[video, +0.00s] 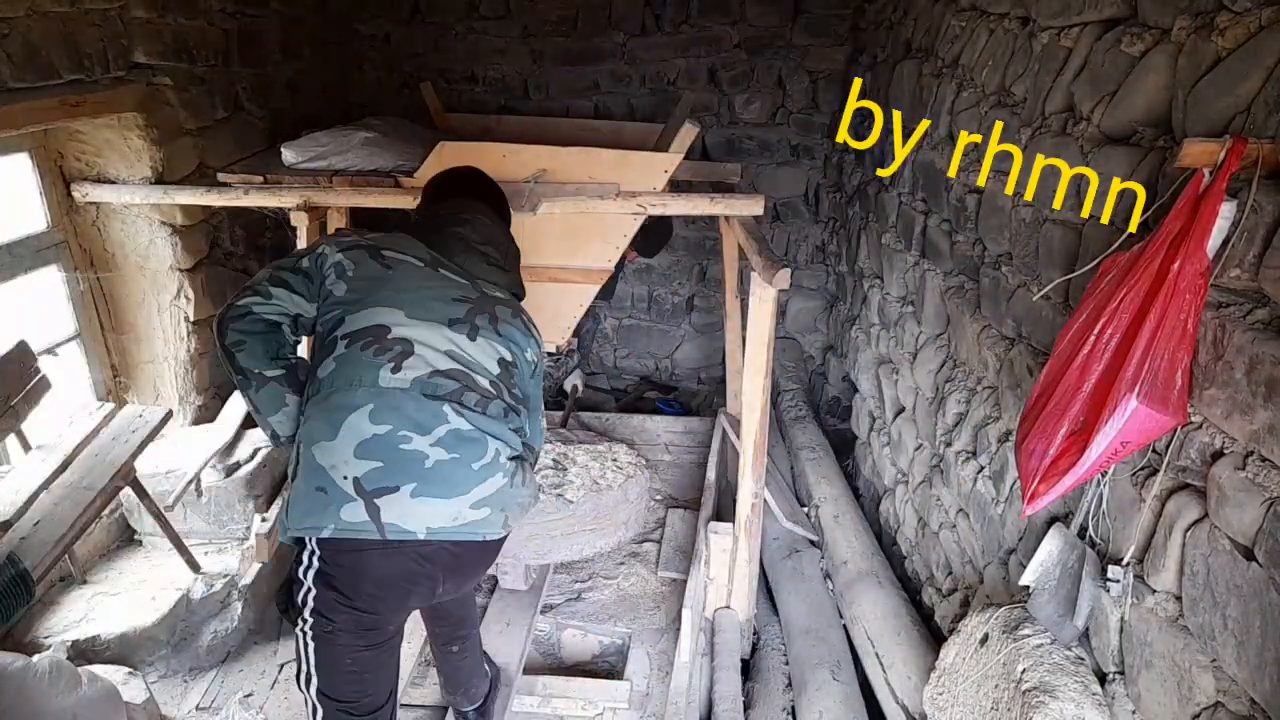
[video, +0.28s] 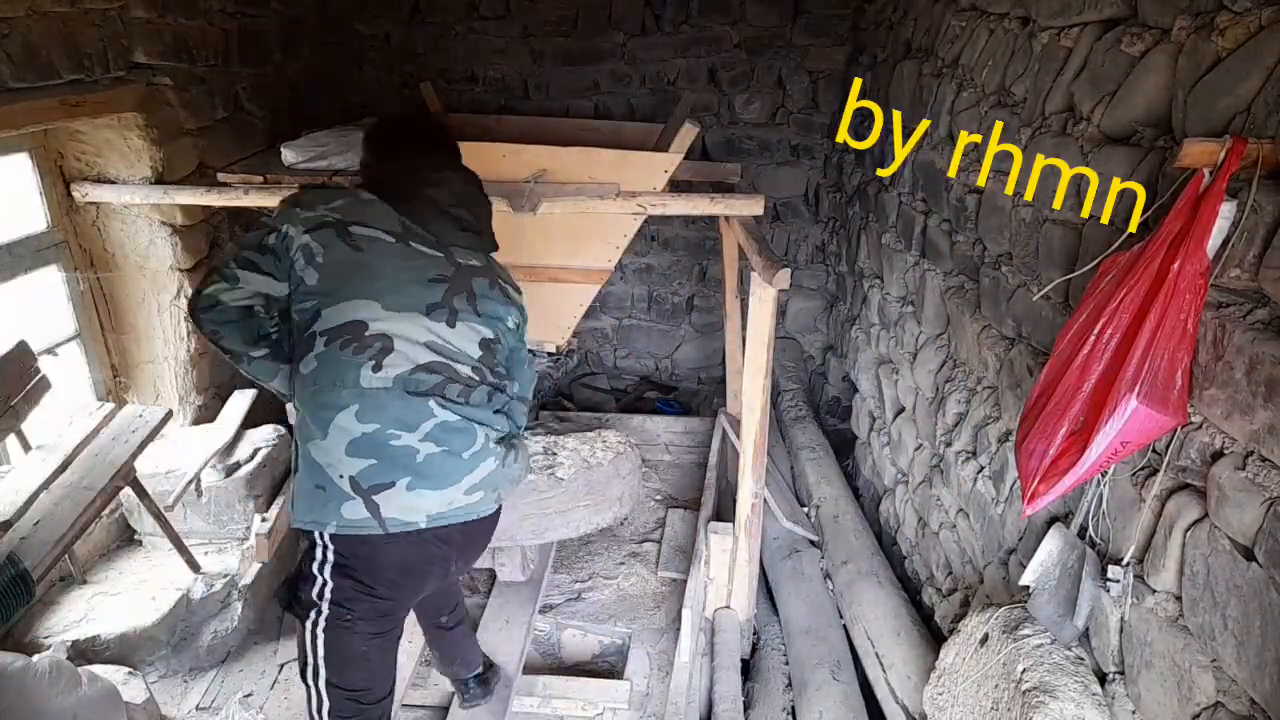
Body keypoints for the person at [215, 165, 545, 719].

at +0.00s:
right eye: (492, 225)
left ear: (421, 213)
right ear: (500, 236)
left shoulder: (350, 254)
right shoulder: (516, 319)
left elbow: (249, 321)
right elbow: (531, 442)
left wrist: (303, 430)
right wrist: (502, 504)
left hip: (353, 543)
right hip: (472, 539)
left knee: (354, 709)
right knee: (456, 622)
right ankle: (473, 701)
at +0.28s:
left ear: (371, 168)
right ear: (458, 182)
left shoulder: (316, 214)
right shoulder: (494, 276)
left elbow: (221, 305)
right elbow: (515, 407)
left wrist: (307, 383)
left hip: (363, 529)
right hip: (472, 515)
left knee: (354, 701)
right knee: (440, 587)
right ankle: (471, 677)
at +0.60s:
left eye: (279, 221)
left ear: (288, 224)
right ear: (372, 211)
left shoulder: (257, 288)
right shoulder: (433, 280)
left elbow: (205, 414)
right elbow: (492, 361)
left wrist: (287, 487)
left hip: (356, 553)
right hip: (470, 530)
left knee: (340, 709)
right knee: (416, 606)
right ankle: (433, 707)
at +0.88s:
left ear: (317, 233)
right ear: (406, 233)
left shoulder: (254, 316)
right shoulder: (453, 322)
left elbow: (210, 456)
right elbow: (479, 447)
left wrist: (296, 466)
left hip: (321, 613)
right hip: (444, 590)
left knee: (303, 709)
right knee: (428, 636)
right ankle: (434, 706)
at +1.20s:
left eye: (240, 309)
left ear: (249, 312)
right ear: (337, 304)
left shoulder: (199, 379)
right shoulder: (408, 367)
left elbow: (164, 548)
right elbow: (465, 495)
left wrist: (249, 620)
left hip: (311, 667)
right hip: (449, 644)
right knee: (433, 706)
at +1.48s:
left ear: (374, 173)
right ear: (473, 197)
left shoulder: (290, 244)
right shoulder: (489, 324)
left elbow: (243, 374)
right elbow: (485, 457)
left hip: (304, 610)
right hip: (438, 591)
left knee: (313, 709)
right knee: (460, 537)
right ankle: (493, 651)